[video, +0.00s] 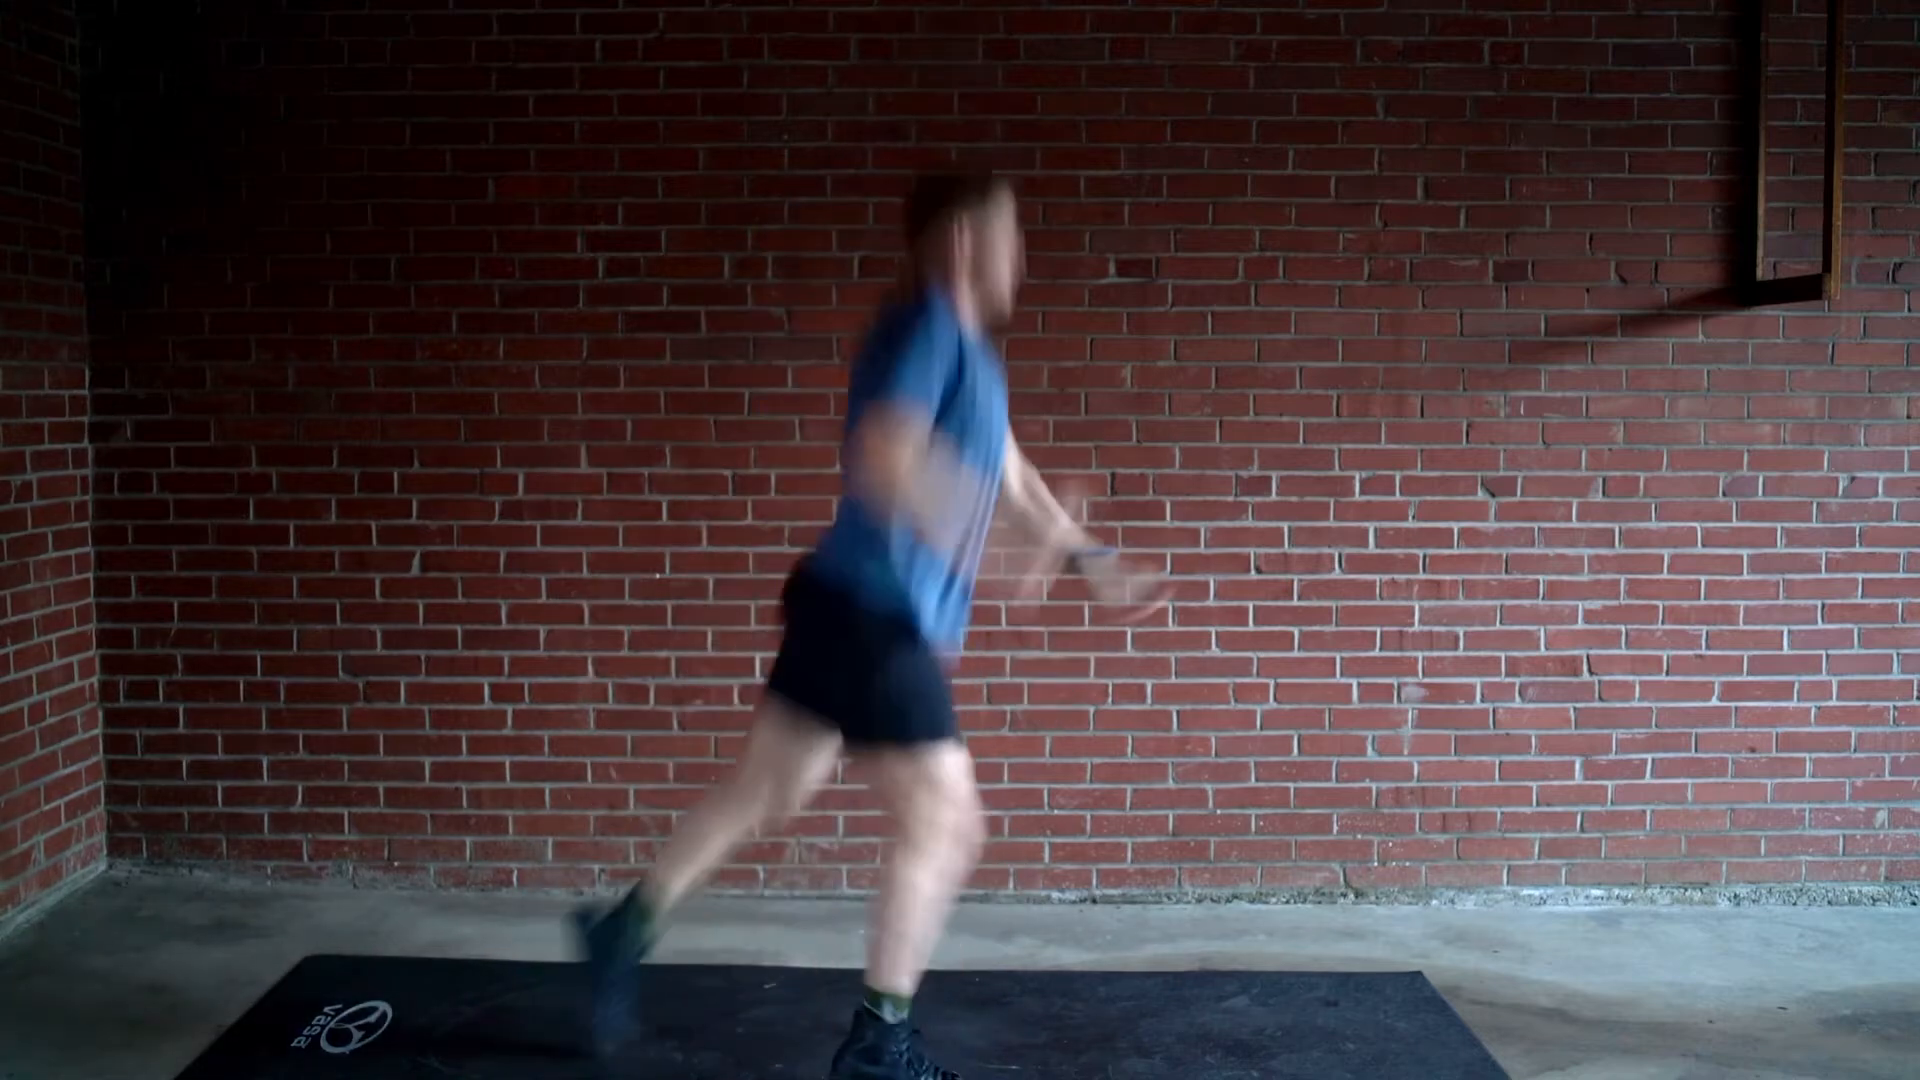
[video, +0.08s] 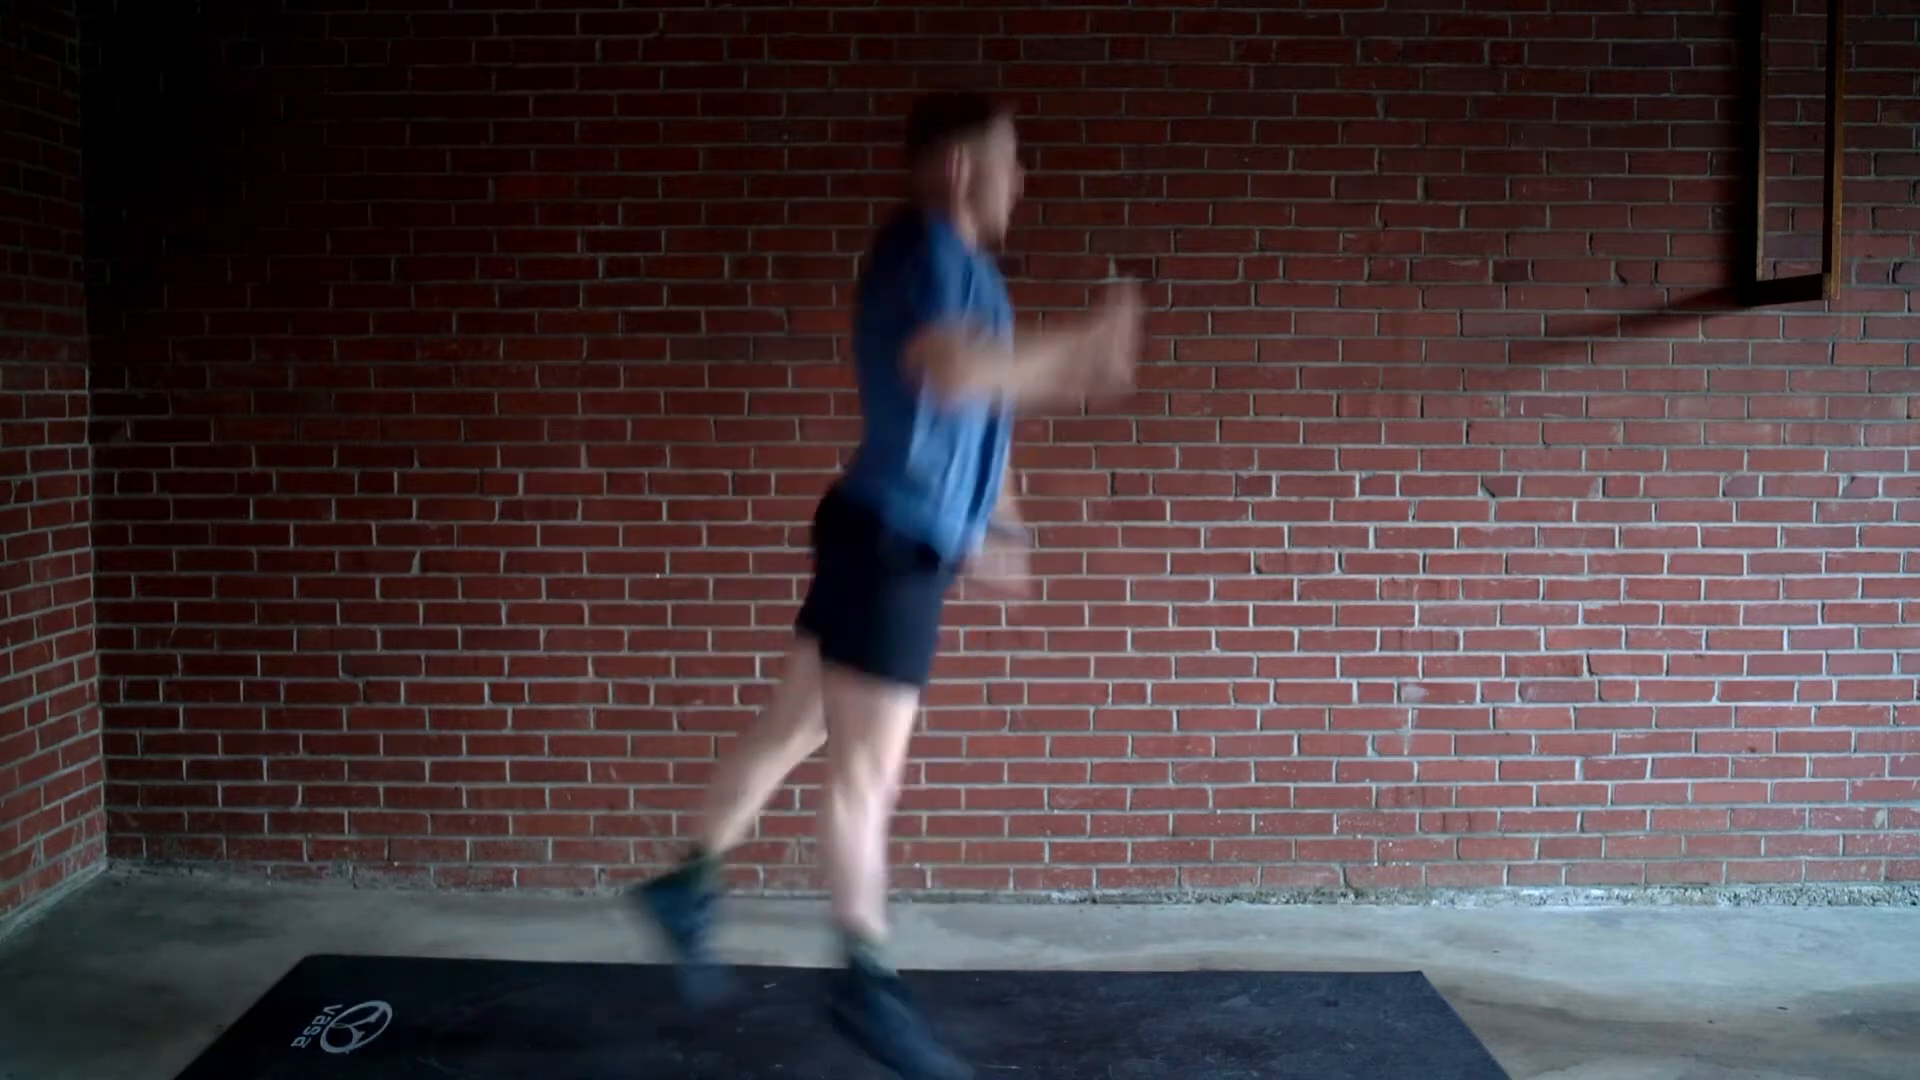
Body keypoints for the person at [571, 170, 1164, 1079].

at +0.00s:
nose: (1019, 254)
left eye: (1017, 234)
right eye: (1005, 234)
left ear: (979, 243)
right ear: (956, 241)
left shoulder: (973, 355)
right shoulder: (925, 332)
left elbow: (1010, 473)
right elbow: (881, 454)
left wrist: (1091, 560)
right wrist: (980, 535)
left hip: (857, 606)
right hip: (869, 611)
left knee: (768, 787)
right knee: (944, 822)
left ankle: (626, 921)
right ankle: (880, 1035)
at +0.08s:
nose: (1015, 180)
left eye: (1014, 161)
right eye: (1001, 161)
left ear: (974, 169)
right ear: (951, 165)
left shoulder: (973, 274)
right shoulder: (921, 251)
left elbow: (949, 410)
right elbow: (942, 365)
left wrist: (977, 529)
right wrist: (1082, 353)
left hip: (911, 534)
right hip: (884, 530)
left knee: (788, 725)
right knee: (867, 765)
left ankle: (688, 880)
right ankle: (863, 971)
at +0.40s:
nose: (1067, 235)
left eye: (1068, 217)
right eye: (1051, 216)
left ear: (1023, 223)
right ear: (1005, 216)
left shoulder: (950, 298)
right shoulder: (1003, 298)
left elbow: (869, 401)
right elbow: (1105, 407)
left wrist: (808, 506)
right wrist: (1121, 291)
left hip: (947, 575)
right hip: (921, 573)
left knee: (997, 758)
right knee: (859, 782)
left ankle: (986, 954)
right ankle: (681, 910)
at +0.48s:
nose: (1085, 318)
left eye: (1086, 300)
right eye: (1073, 300)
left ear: (1018, 305)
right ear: (1027, 301)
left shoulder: (961, 382)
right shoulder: (1016, 389)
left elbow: (862, 480)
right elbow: (1109, 515)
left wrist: (802, 580)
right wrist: (1129, 387)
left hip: (955, 656)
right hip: (920, 656)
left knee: (1044, 800)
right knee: (881, 869)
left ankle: (984, 979)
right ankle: (685, 963)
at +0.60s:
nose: (1108, 436)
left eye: (1106, 417)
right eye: (1097, 417)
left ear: (1037, 418)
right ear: (1055, 418)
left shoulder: (975, 489)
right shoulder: (1024, 510)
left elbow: (876, 567)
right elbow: (1112, 642)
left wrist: (819, 677)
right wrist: (1142, 525)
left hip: (936, 732)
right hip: (901, 743)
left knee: (1068, 813)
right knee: (892, 968)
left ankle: (986, 979)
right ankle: (693, 973)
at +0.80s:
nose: (1113, 527)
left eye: (1111, 511)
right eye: (1104, 511)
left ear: (1046, 520)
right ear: (1060, 519)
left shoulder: (975, 575)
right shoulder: (1024, 600)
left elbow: (868, 662)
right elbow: (1110, 732)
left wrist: (818, 768)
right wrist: (1138, 617)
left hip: (907, 793)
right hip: (872, 810)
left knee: (1064, 815)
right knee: (891, 1028)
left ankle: (986, 980)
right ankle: (703, 978)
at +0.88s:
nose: (1113, 527)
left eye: (1110, 510)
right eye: (1103, 510)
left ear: (1048, 522)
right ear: (1058, 521)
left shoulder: (998, 580)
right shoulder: (1016, 592)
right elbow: (1103, 730)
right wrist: (1137, 619)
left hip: (916, 790)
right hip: (867, 804)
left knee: (1061, 816)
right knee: (890, 1024)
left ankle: (986, 980)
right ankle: (699, 978)